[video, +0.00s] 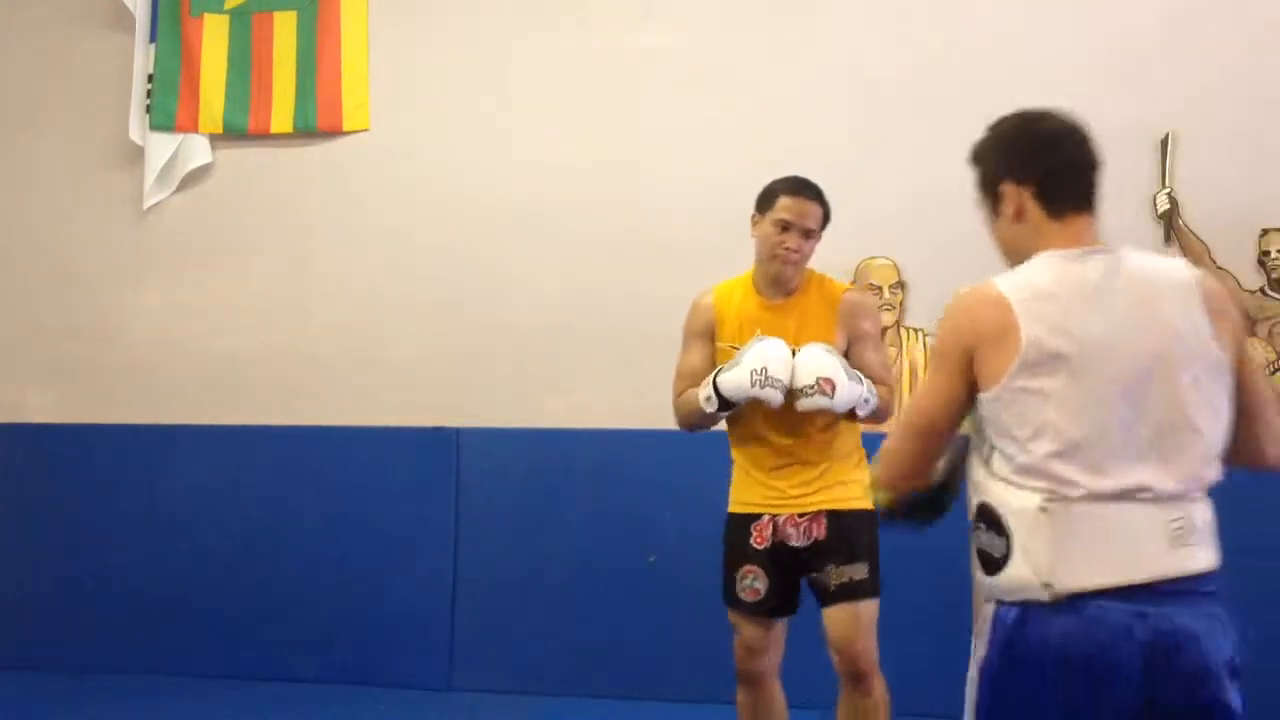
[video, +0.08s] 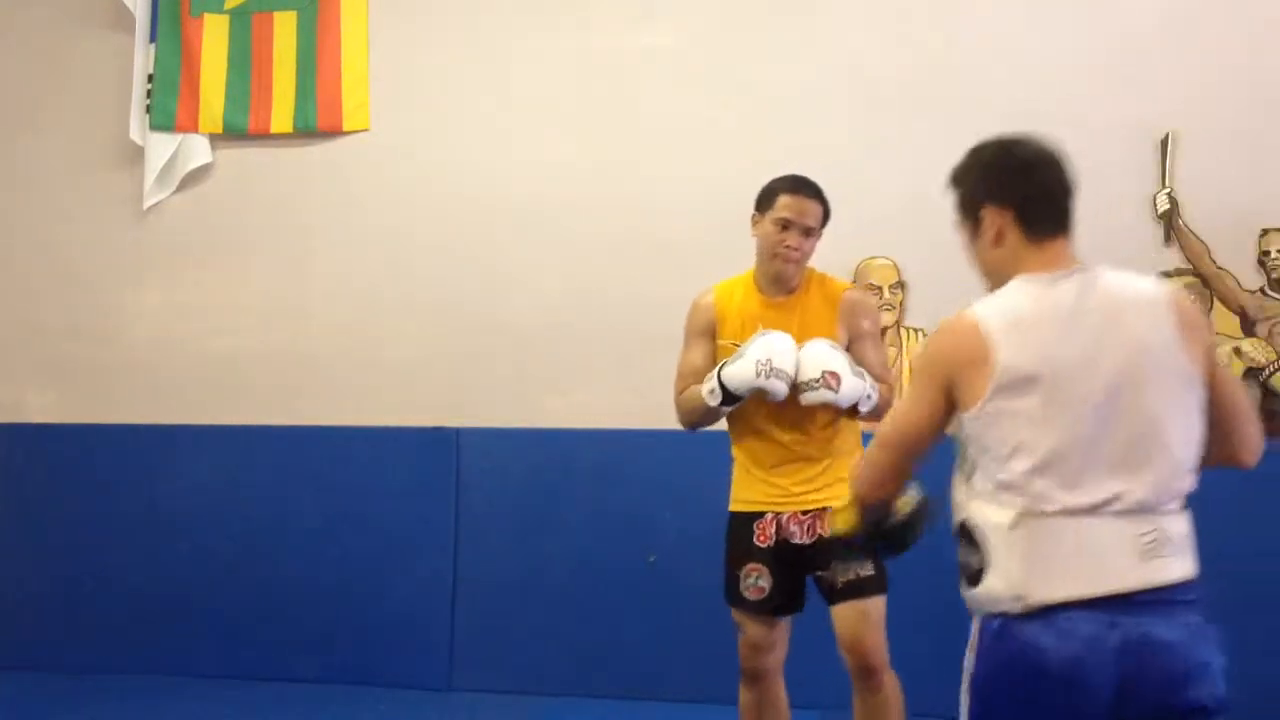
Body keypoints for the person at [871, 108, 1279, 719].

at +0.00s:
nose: (993, 231)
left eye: (989, 211)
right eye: (988, 213)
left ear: (1015, 199)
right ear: (1086, 188)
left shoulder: (984, 312)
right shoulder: (1206, 294)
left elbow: (899, 471)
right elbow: (1263, 447)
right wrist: (1160, 427)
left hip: (1050, 632)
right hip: (1190, 621)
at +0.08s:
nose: (969, 251)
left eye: (967, 232)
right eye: (964, 233)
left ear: (995, 223)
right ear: (1061, 213)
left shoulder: (966, 338)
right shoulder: (1174, 310)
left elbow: (871, 484)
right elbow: (1242, 446)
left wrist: (886, 507)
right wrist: (1144, 446)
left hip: (1034, 644)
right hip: (1170, 629)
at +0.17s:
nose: (942, 274)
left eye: (942, 255)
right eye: (940, 256)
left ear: (972, 249)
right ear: (1035, 239)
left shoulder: (939, 360)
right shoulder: (1142, 326)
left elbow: (844, 483)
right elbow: (1229, 449)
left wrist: (818, 513)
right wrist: (1125, 431)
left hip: (1016, 645)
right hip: (1148, 632)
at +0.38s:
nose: (907, 281)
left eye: (903, 264)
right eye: (904, 266)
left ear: (923, 256)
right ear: (988, 245)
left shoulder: (898, 353)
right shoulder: (1090, 325)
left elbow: (800, 476)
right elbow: (1174, 440)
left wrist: (769, 532)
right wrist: (1084, 422)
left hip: (961, 602)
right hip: (1080, 591)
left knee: (950, 715)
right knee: (1104, 713)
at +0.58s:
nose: (901, 264)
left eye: (898, 250)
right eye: (898, 250)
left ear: (913, 248)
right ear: (975, 233)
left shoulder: (900, 334)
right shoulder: (1067, 320)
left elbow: (830, 455)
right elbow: (1139, 429)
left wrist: (825, 485)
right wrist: (1072, 422)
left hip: (955, 576)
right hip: (1058, 569)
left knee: (914, 708)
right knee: (1049, 708)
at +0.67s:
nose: (901, 275)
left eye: (898, 261)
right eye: (898, 261)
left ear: (913, 259)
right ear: (971, 243)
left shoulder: (909, 341)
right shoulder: (1059, 325)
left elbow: (856, 458)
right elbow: (1120, 426)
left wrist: (831, 428)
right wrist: (1044, 406)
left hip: (958, 582)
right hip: (1056, 571)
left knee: (900, 709)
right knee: (1037, 711)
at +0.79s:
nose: (897, 282)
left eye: (896, 266)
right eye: (894, 267)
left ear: (919, 264)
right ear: (970, 251)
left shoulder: (937, 337)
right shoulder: (1035, 319)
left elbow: (908, 449)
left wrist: (849, 486)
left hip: (982, 564)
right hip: (1060, 555)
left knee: (927, 707)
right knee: (1027, 708)